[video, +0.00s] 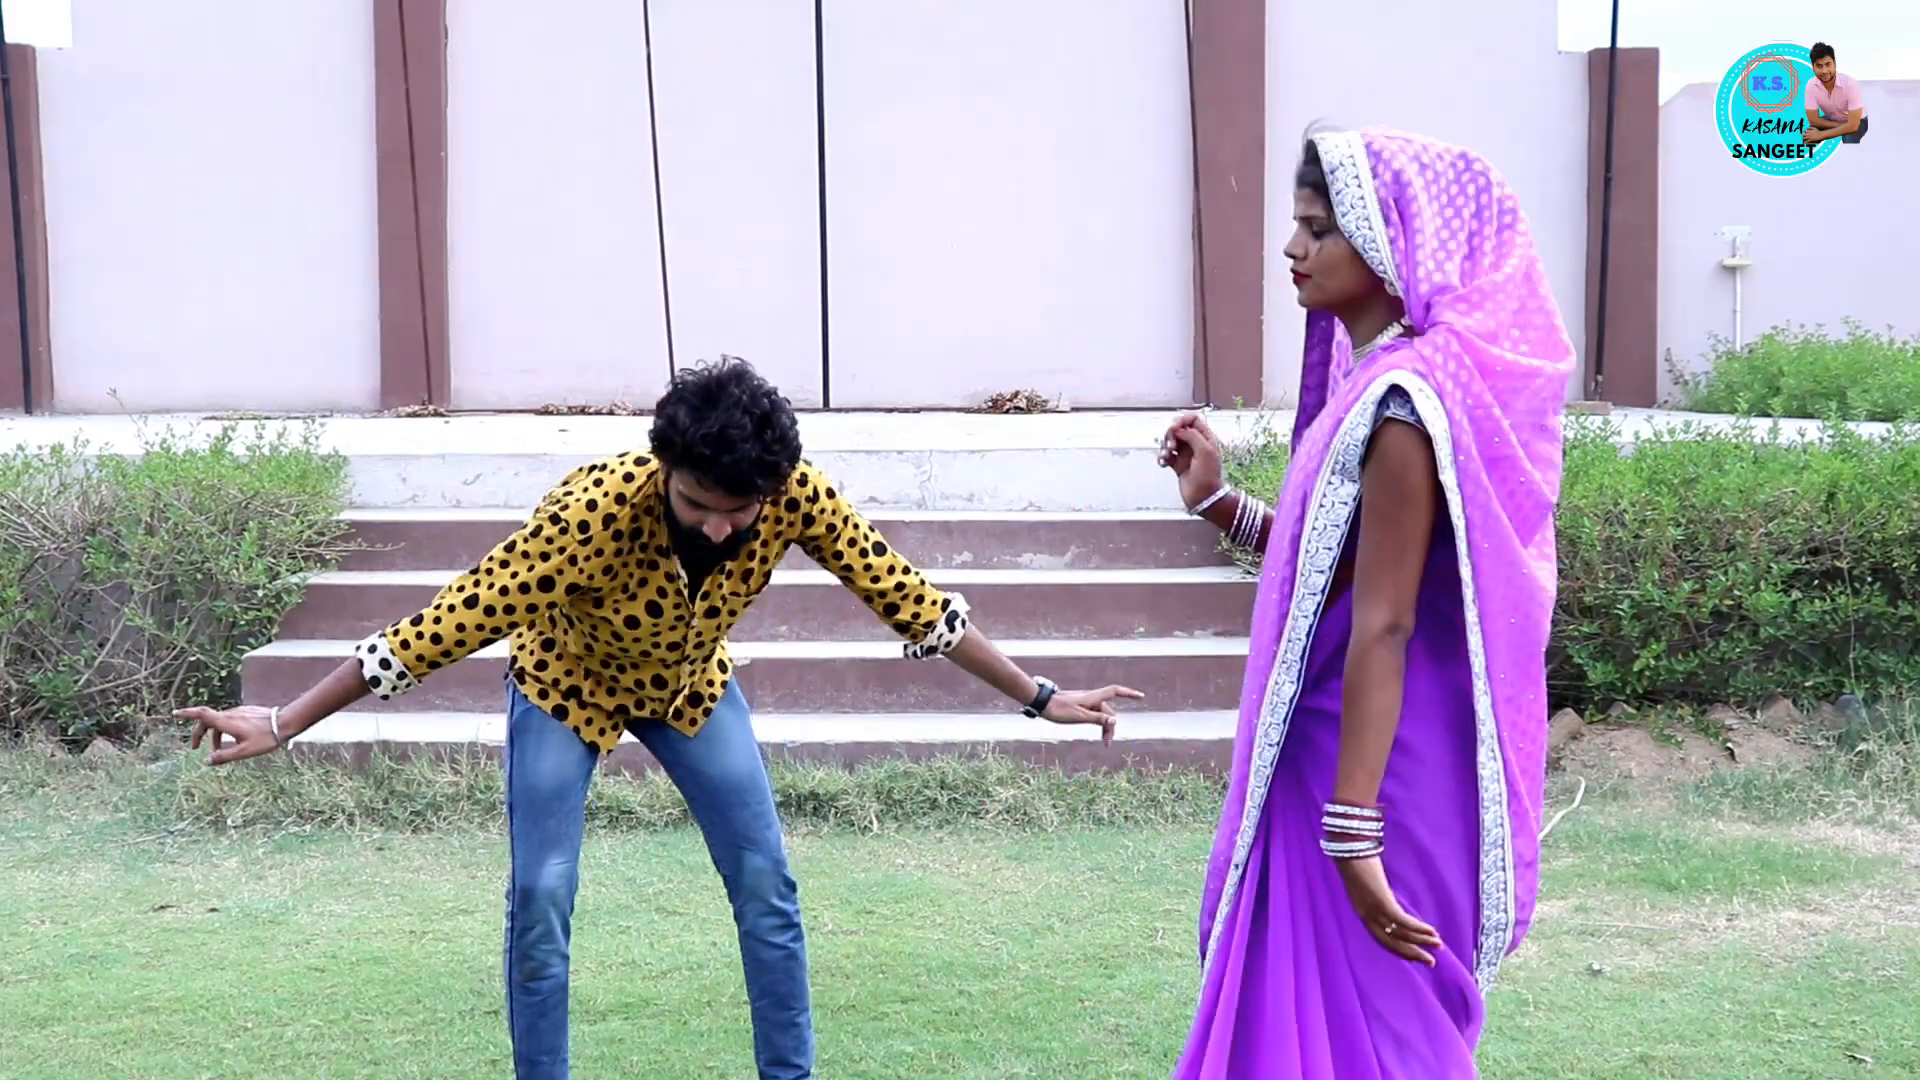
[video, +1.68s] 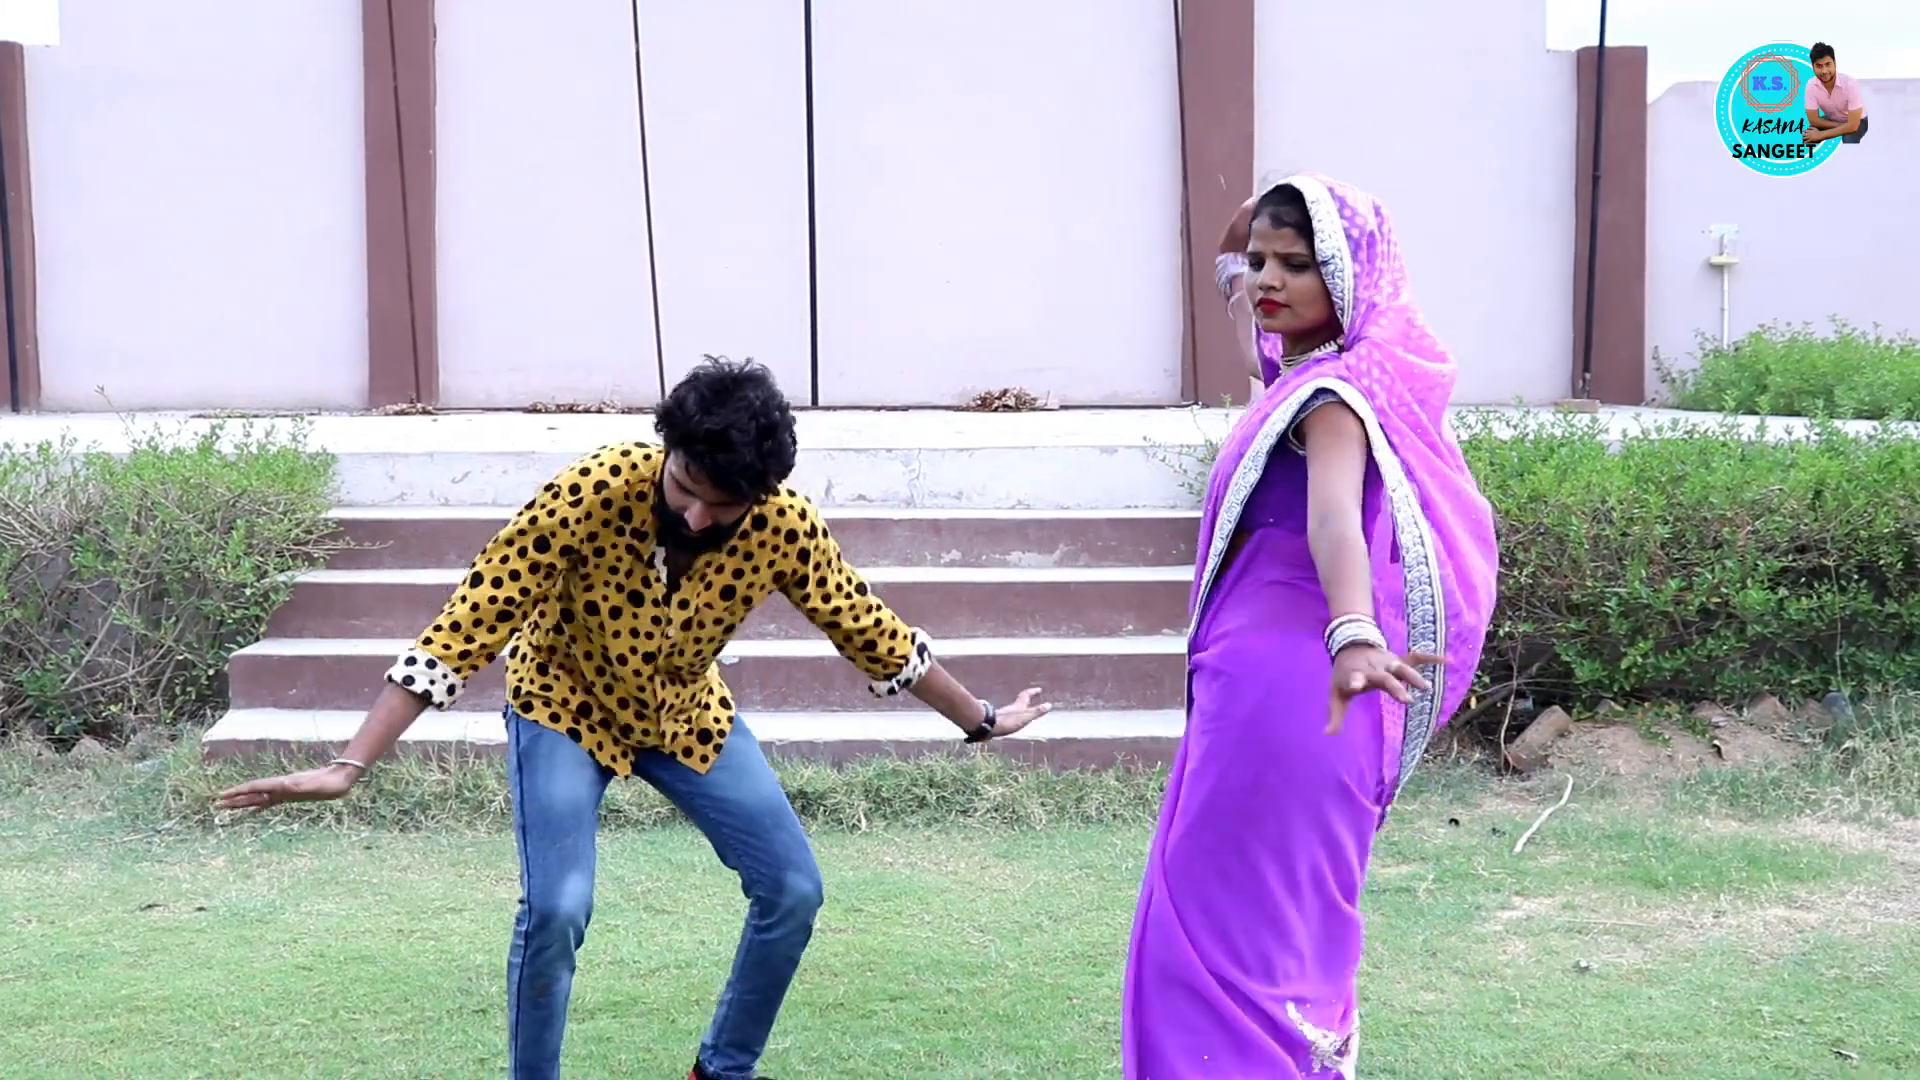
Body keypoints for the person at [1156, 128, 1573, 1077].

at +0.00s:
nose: (1292, 253)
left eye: (1316, 231)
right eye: (1295, 230)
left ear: (1391, 249)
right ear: (1375, 254)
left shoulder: (1404, 406)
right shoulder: (1379, 388)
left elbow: (1386, 627)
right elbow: (1345, 574)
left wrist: (1352, 824)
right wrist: (1219, 506)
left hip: (1365, 790)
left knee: (1354, 1035)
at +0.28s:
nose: (1293, 252)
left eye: (1310, 233)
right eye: (1298, 231)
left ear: (1373, 248)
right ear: (1384, 251)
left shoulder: (1369, 393)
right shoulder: (1443, 368)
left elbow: (1357, 608)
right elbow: (1368, 570)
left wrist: (1279, 781)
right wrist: (1260, 649)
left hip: (1359, 763)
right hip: (1419, 741)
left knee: (1362, 1027)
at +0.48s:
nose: (1289, 253)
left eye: (1307, 236)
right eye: (1297, 233)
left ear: (1366, 257)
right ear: (1373, 262)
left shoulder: (1351, 389)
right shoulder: (1454, 376)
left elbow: (1342, 595)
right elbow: (1428, 590)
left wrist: (1182, 662)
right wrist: (1301, 659)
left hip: (1357, 748)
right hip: (1443, 735)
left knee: (1345, 1009)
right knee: (1422, 999)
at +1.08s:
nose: (1273, 241)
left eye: (1297, 227)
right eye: (1274, 222)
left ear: (1361, 247)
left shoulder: (1337, 381)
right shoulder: (1404, 360)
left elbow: (1352, 581)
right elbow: (1386, 579)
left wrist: (1316, 754)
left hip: (1312, 742)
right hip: (1376, 738)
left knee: (1277, 1006)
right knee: (1359, 997)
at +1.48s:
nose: (1271, 249)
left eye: (1298, 234)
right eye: (1265, 230)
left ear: (1355, 253)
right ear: (1256, 235)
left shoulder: (1325, 367)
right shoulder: (1351, 357)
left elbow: (1353, 514)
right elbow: (1341, 522)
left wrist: (1351, 655)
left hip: (1291, 691)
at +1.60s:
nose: (1273, 264)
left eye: (1298, 248)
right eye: (1266, 245)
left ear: (1355, 264)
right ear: (1257, 248)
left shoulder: (1332, 375)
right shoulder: (1375, 357)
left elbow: (1352, 507)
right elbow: (1306, 385)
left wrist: (1359, 619)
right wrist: (1243, 336)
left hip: (1294, 704)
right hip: (1348, 700)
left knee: (1198, 919)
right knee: (1324, 925)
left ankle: (1224, 1066)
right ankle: (1338, 1058)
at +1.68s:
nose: (1265, 282)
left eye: (1293, 264)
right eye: (1257, 262)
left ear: (1350, 280)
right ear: (1250, 268)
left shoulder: (1333, 392)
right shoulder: (1324, 383)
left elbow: (1339, 523)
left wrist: (1355, 634)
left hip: (1290, 703)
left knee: (1198, 941)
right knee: (1287, 944)